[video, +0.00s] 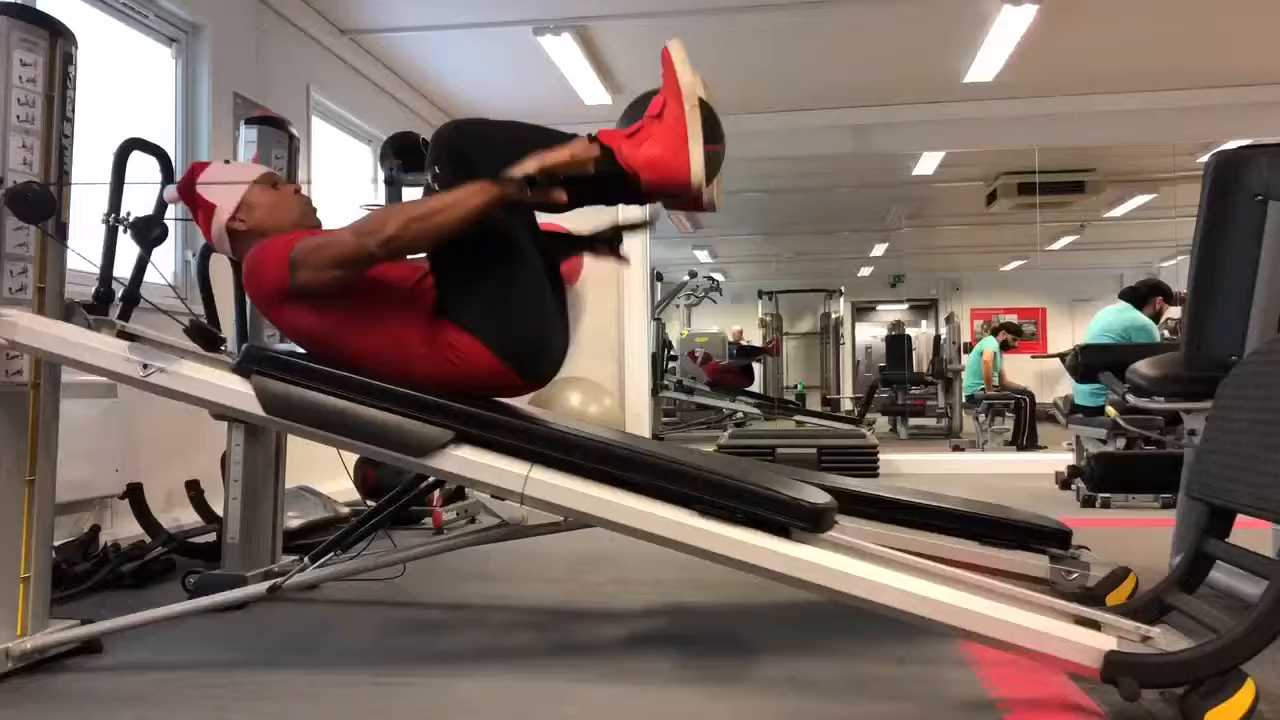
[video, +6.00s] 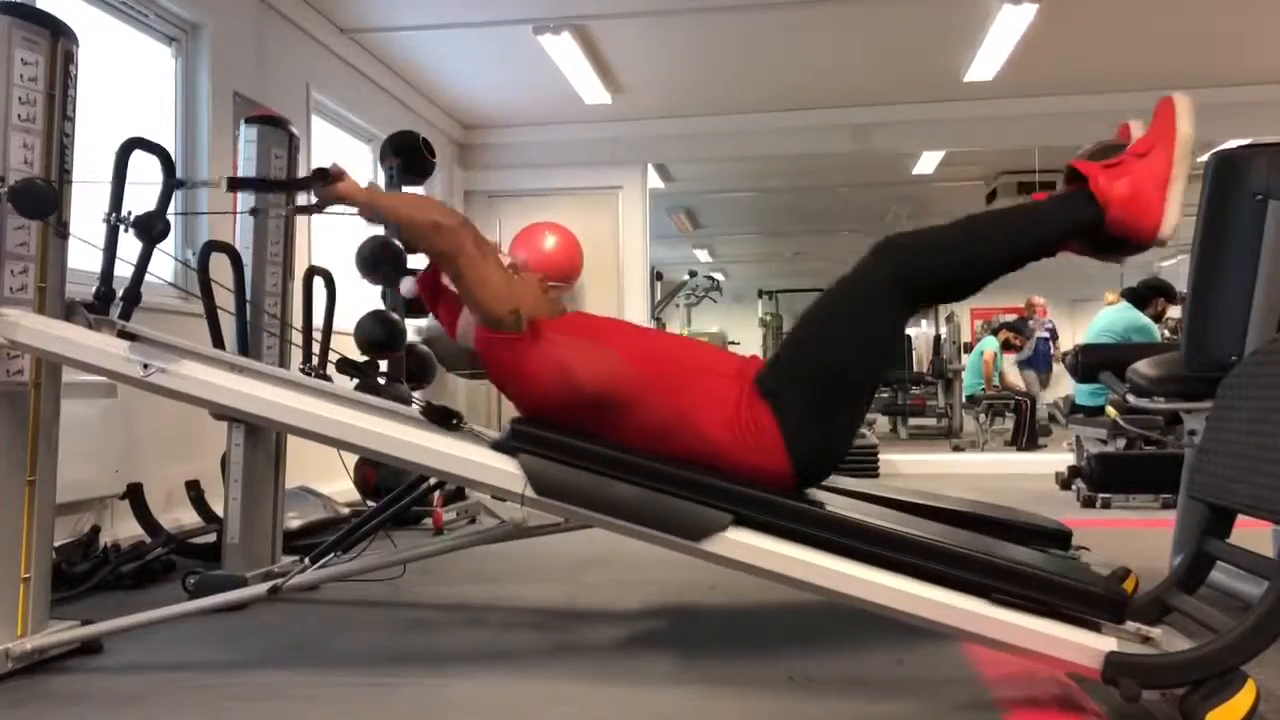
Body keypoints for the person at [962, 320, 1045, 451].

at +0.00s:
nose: (1016, 345)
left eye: (1017, 342)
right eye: (1014, 340)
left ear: (1003, 336)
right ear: (1002, 335)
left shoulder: (998, 352)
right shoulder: (991, 341)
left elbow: (1003, 383)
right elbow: (987, 360)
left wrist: (1022, 388)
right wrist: (989, 391)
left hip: (983, 393)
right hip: (976, 393)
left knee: (1026, 397)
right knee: (1026, 398)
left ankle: (1017, 441)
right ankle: (1027, 443)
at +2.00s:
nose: (1013, 347)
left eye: (1016, 344)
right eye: (1013, 342)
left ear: (1003, 336)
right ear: (1003, 334)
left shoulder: (997, 351)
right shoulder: (990, 342)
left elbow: (1003, 383)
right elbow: (986, 361)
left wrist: (1020, 389)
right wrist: (988, 390)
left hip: (983, 392)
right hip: (975, 393)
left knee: (1026, 397)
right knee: (1025, 398)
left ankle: (1020, 441)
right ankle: (1025, 444)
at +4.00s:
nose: (1013, 347)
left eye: (1015, 344)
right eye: (1013, 342)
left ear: (1003, 335)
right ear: (1003, 334)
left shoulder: (997, 352)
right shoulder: (990, 342)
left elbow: (1003, 382)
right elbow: (986, 361)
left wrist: (1019, 390)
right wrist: (989, 390)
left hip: (985, 392)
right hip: (976, 393)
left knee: (1027, 397)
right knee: (1024, 399)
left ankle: (1028, 443)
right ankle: (1024, 444)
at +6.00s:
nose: (1016, 344)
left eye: (1019, 342)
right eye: (1015, 338)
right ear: (1005, 332)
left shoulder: (998, 350)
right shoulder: (991, 341)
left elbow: (1003, 381)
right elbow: (987, 360)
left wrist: (1019, 390)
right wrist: (989, 389)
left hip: (986, 391)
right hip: (977, 392)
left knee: (1026, 399)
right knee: (1026, 400)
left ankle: (1019, 441)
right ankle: (1026, 443)